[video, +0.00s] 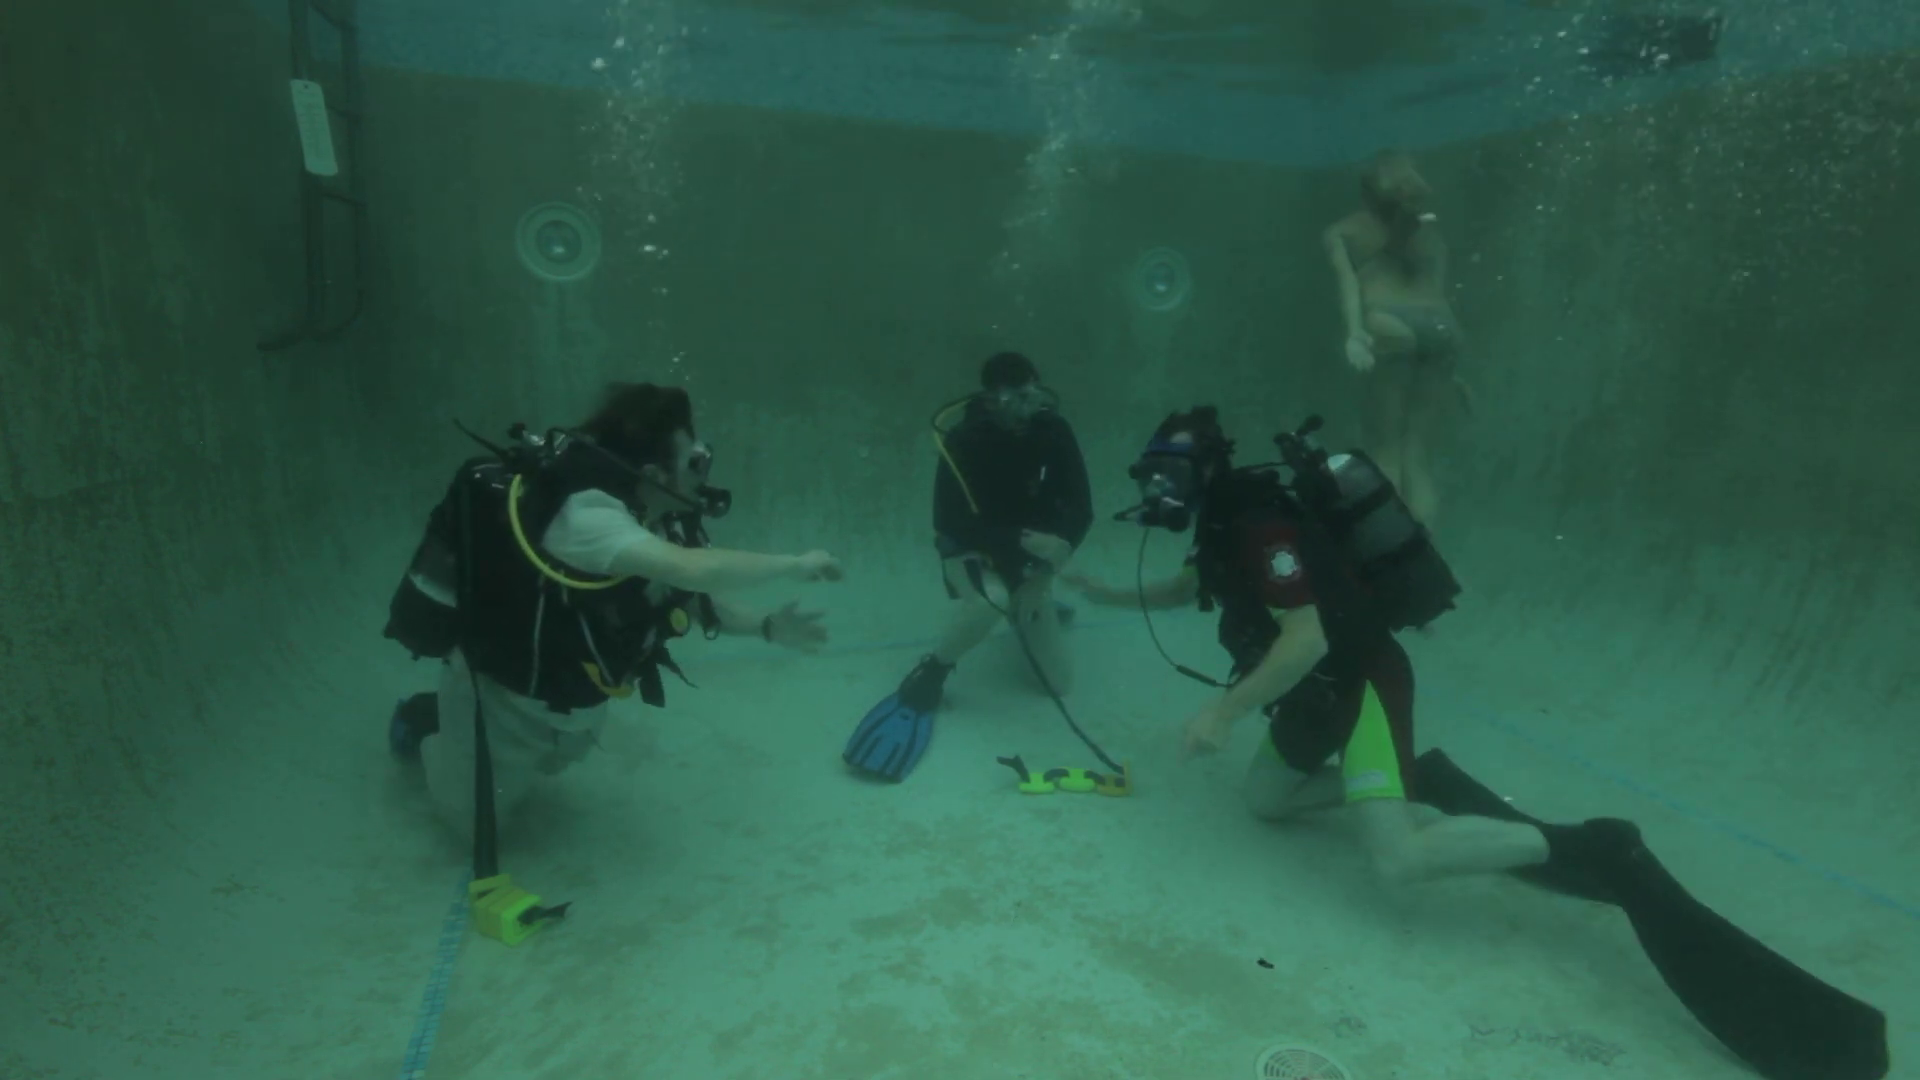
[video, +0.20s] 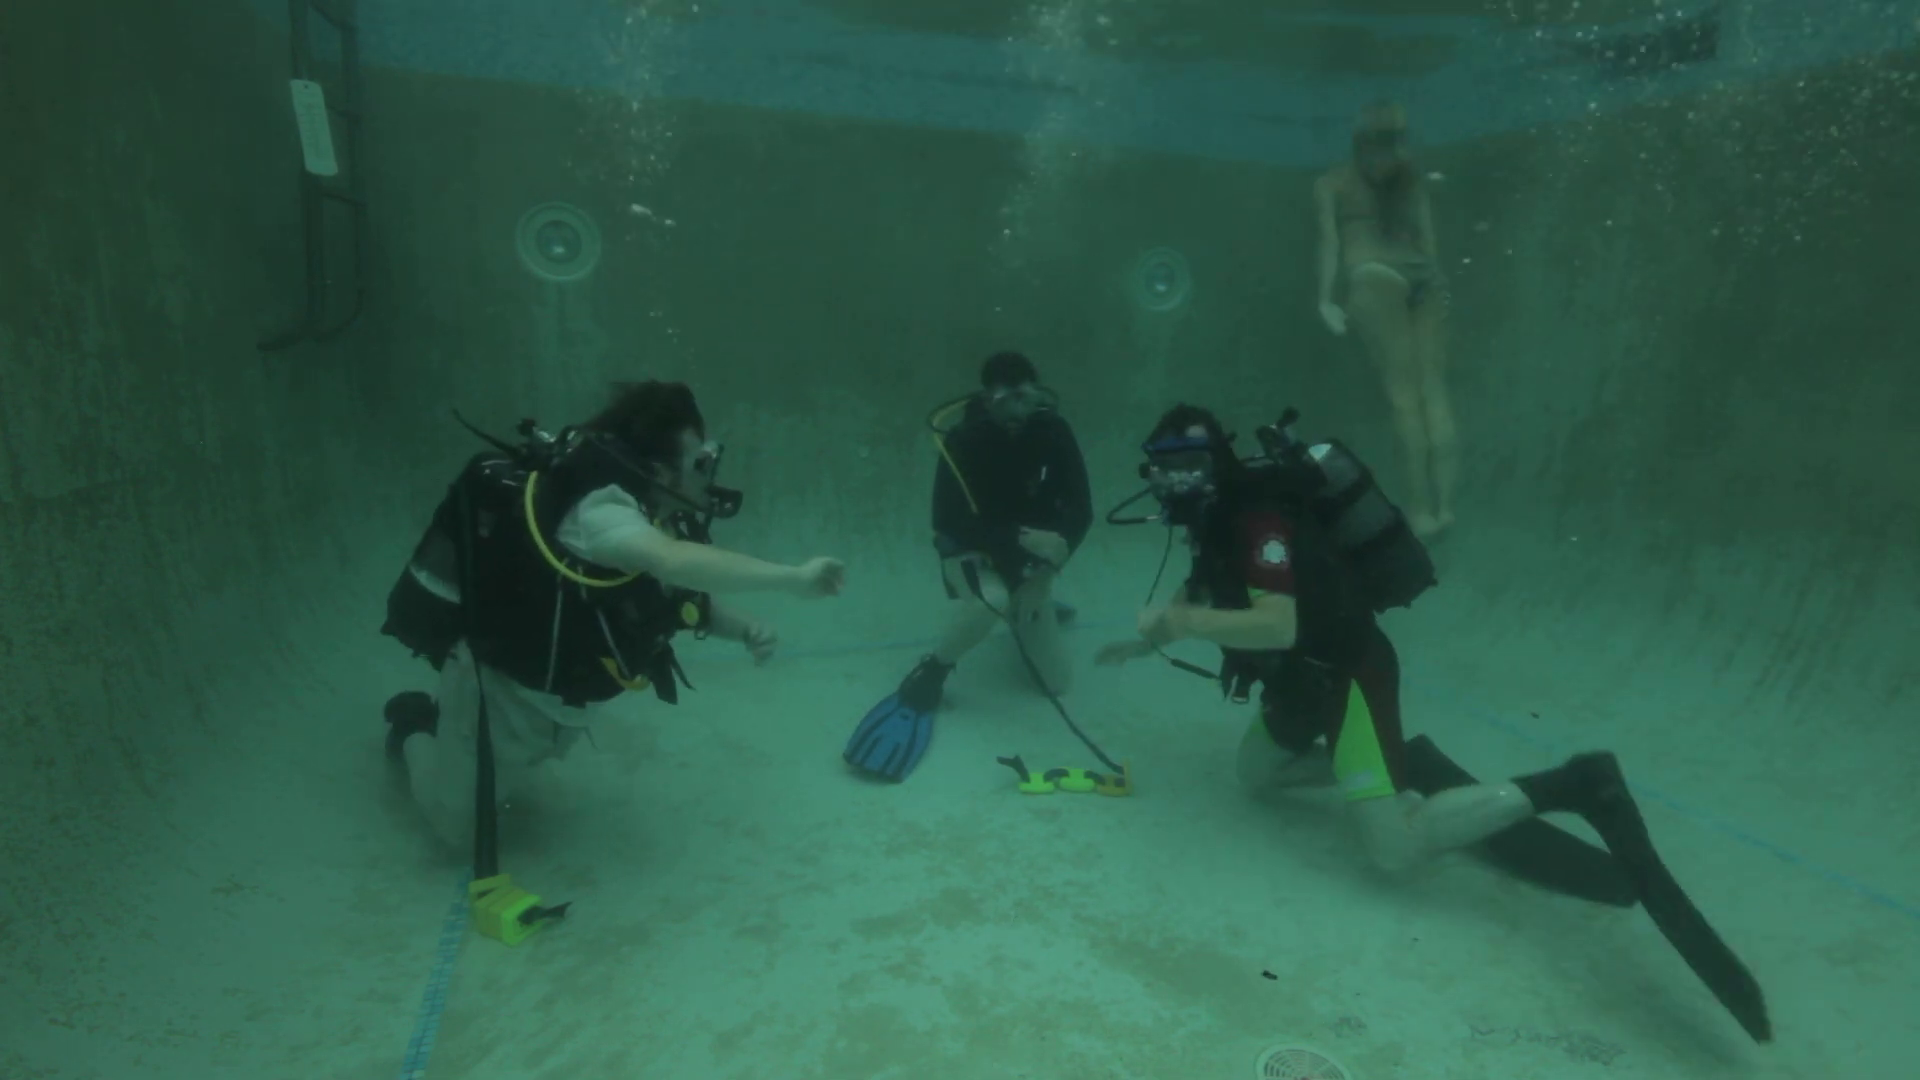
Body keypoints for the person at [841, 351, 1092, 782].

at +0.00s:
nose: (1027, 405)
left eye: (1031, 394)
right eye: (1014, 397)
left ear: (1039, 390)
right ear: (990, 399)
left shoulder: (1053, 431)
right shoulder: (966, 438)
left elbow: (1079, 506)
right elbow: (955, 520)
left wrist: (1056, 554)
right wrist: (1021, 543)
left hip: (1031, 553)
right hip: (971, 548)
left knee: (1057, 679)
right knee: (988, 603)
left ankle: (1039, 609)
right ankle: (930, 675)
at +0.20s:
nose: (1018, 408)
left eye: (1025, 396)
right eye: (1007, 398)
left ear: (1037, 393)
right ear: (987, 398)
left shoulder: (1053, 433)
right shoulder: (965, 439)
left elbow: (1079, 509)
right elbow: (951, 520)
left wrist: (1050, 562)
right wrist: (1020, 538)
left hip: (1032, 556)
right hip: (970, 550)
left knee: (1054, 680)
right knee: (991, 601)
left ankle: (1036, 608)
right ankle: (930, 675)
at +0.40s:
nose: (1014, 405)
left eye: (1022, 395)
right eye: (1004, 395)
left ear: (1035, 393)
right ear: (985, 396)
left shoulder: (1052, 431)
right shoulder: (964, 438)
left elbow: (1078, 510)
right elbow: (946, 519)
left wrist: (1046, 570)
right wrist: (1018, 533)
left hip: (1030, 557)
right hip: (968, 551)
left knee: (1053, 680)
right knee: (992, 600)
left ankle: (1034, 606)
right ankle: (930, 675)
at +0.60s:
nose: (1008, 404)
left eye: (1017, 393)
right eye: (998, 394)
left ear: (1033, 393)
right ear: (982, 395)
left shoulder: (1051, 432)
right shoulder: (964, 436)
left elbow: (1076, 509)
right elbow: (939, 514)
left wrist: (1048, 567)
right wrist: (1010, 528)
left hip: (1029, 557)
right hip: (970, 552)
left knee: (1051, 681)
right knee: (990, 601)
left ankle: (1028, 608)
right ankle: (930, 674)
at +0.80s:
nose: (1006, 403)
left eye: (1015, 392)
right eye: (996, 393)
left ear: (1032, 392)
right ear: (981, 395)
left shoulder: (1050, 431)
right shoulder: (963, 436)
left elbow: (1075, 510)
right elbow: (930, 511)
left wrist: (1042, 565)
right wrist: (982, 544)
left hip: (1033, 553)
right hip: (966, 548)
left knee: (1051, 680)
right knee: (988, 599)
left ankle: (1035, 606)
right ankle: (930, 675)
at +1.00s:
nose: (1004, 402)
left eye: (1014, 392)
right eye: (994, 392)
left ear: (1029, 392)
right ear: (978, 393)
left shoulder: (1047, 431)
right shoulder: (959, 436)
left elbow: (1075, 505)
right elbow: (914, 508)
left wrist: (1045, 567)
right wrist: (980, 540)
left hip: (1032, 552)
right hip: (965, 550)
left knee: (1053, 679)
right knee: (987, 598)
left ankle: (1035, 602)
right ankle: (929, 677)